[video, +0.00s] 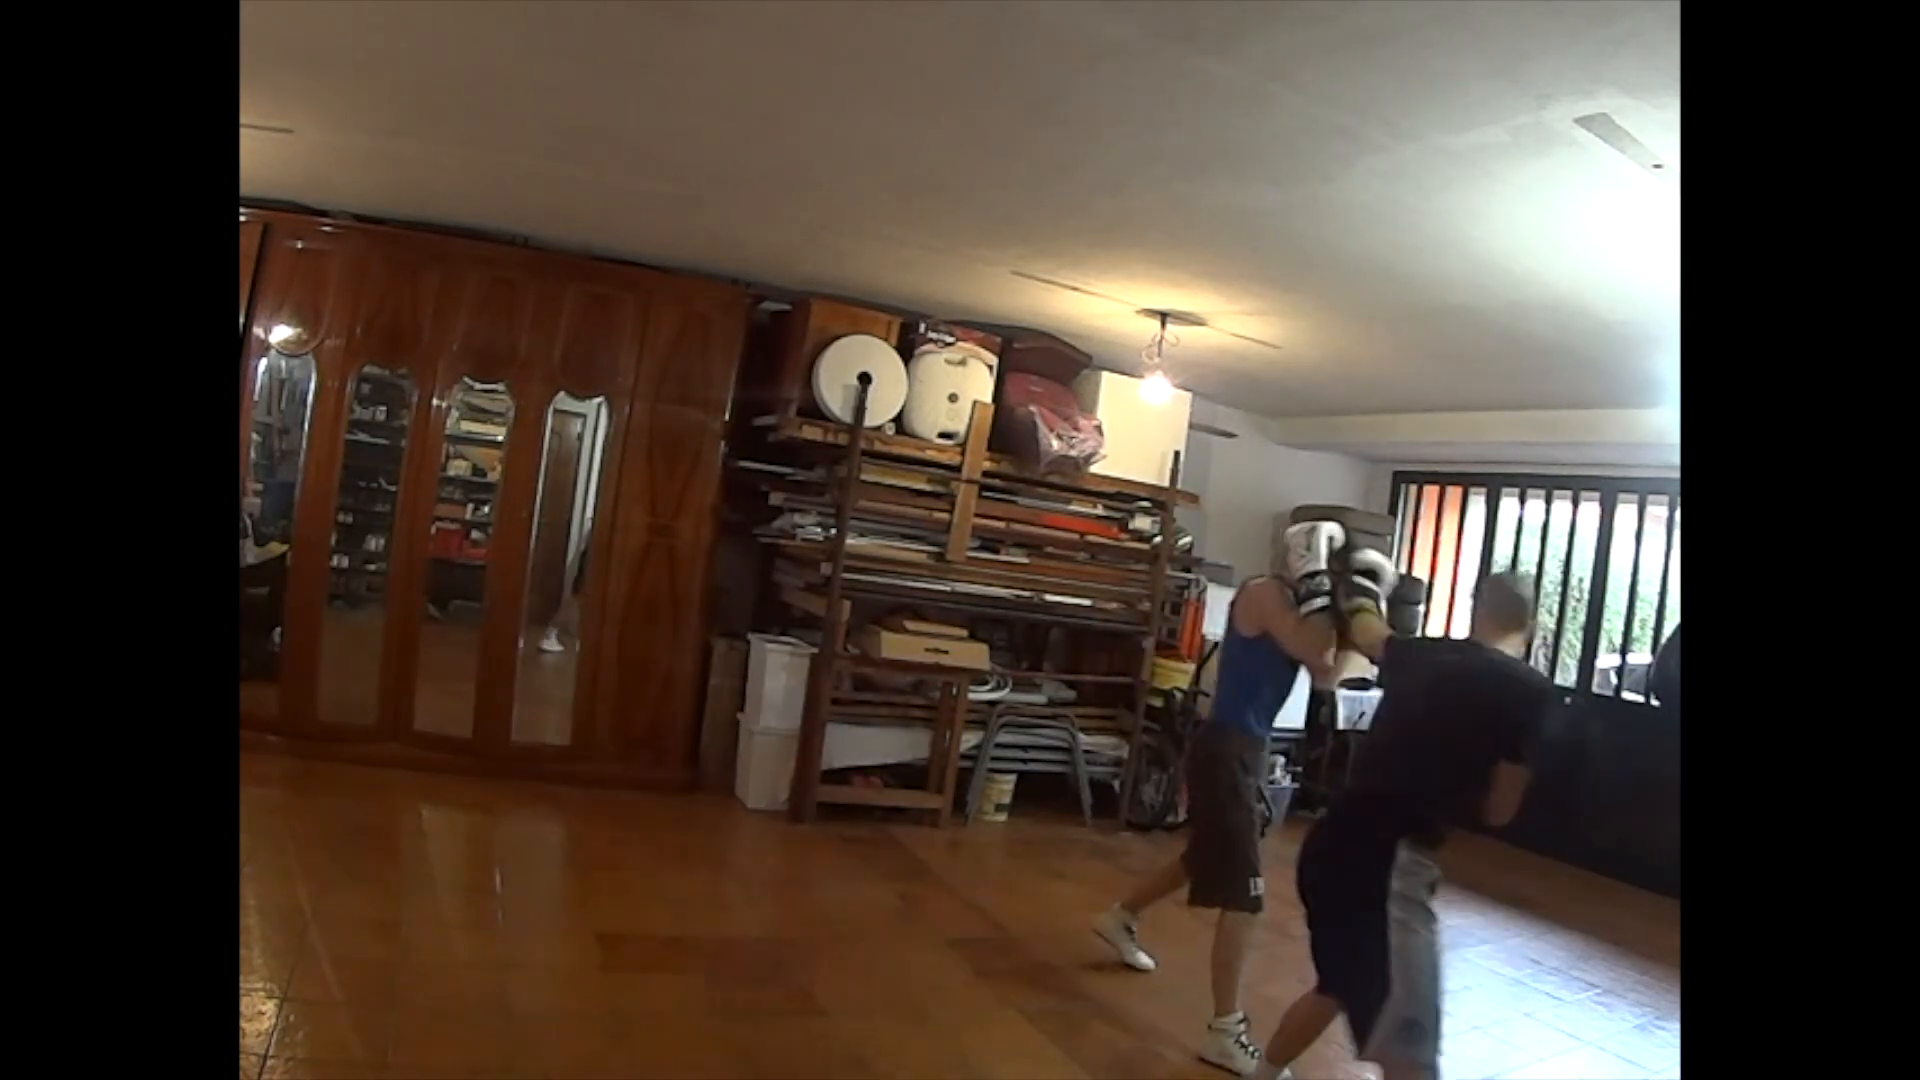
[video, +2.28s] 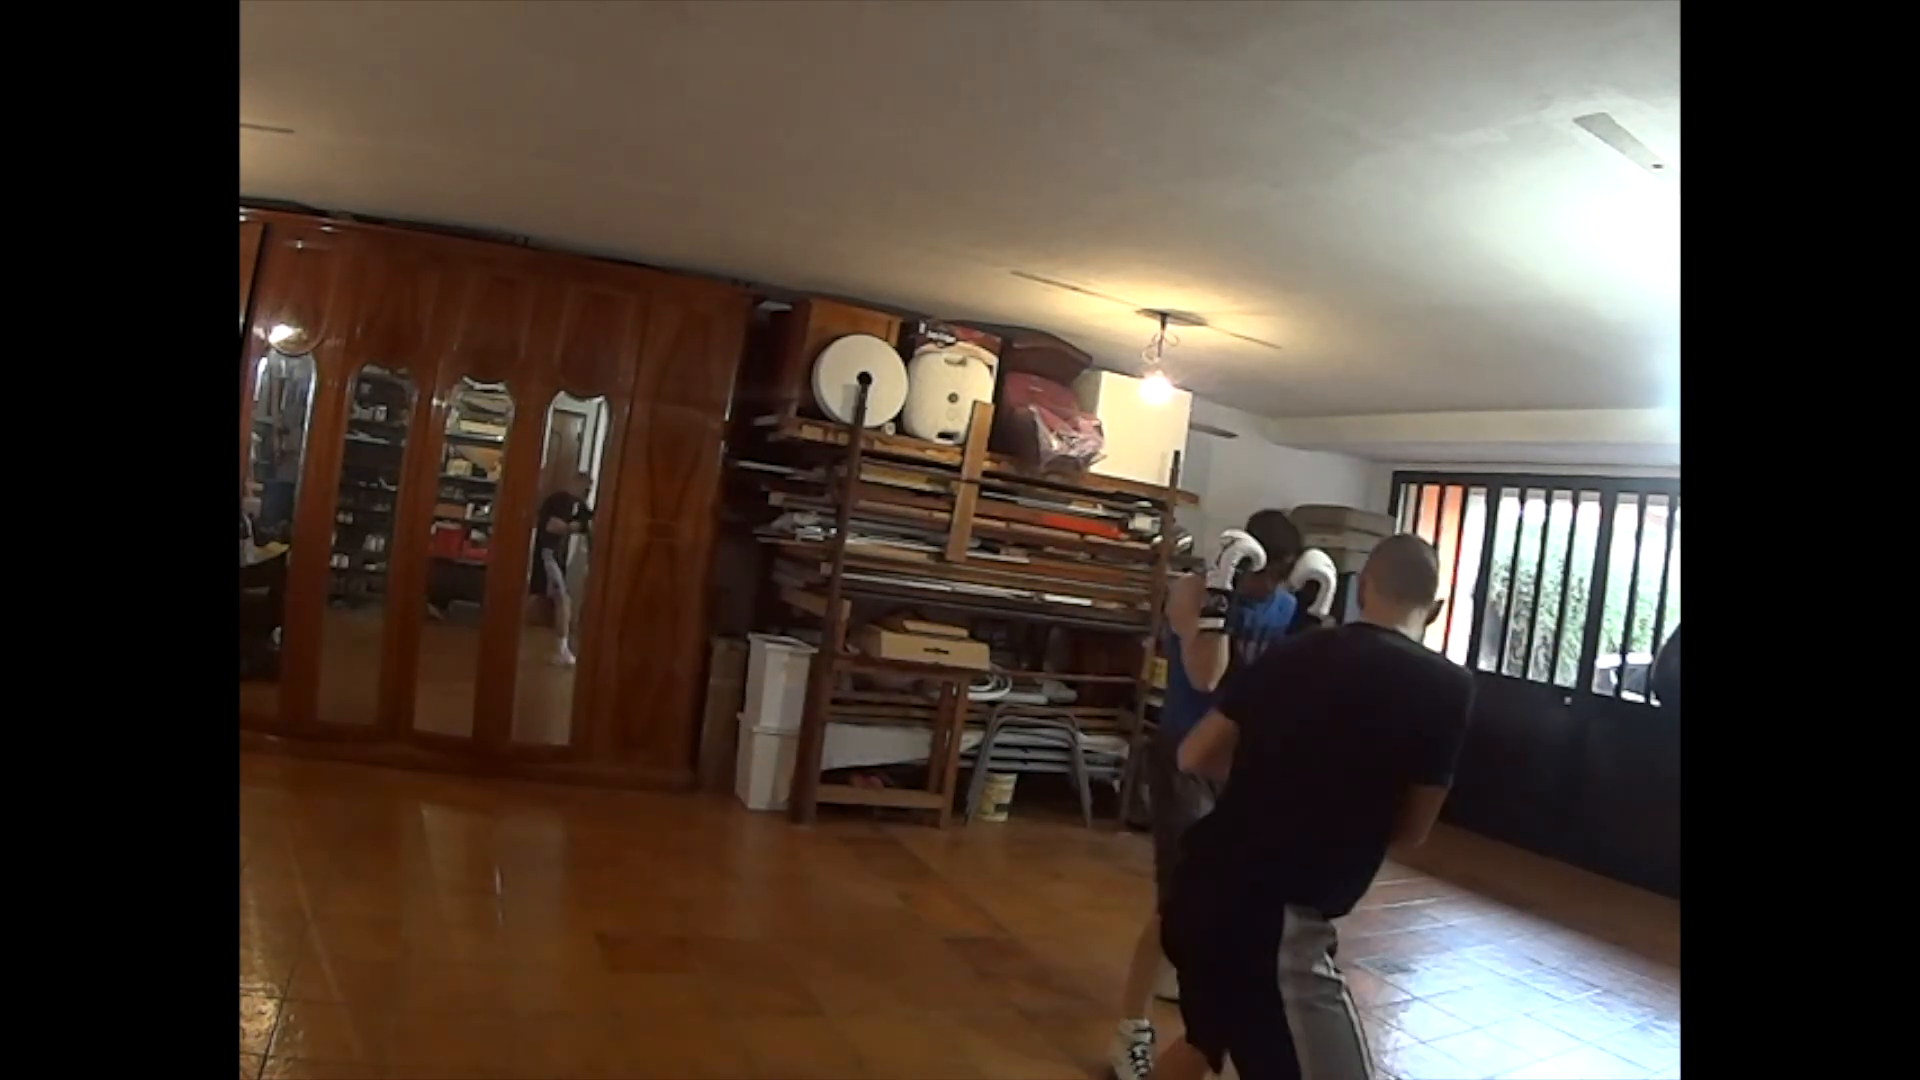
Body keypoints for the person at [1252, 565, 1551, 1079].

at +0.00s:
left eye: (1478, 608)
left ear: (1474, 612)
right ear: (1528, 630)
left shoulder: (1418, 653)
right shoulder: (1526, 688)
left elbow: (1366, 633)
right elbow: (1498, 810)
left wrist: (1357, 588)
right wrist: (1440, 774)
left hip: (1333, 843)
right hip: (1394, 864)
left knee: (1335, 986)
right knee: (1409, 1055)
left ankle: (1264, 1071)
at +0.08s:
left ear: (1460, 617)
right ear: (1518, 631)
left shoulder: (1413, 652)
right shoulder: (1514, 685)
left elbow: (1312, 664)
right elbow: (1487, 810)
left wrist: (1299, 595)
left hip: (1319, 839)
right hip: (1377, 858)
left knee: (1331, 986)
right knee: (1380, 1042)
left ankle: (1264, 1070)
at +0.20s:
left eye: (1437, 605)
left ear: (1436, 608)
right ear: (1494, 616)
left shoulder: (1386, 648)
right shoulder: (1495, 677)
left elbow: (1300, 714)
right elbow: (1469, 799)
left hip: (1298, 831)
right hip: (1354, 856)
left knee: (1306, 985)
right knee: (1326, 1037)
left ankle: (1262, 1068)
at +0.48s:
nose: (1388, 571)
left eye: (1388, 561)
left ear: (1388, 566)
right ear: (1450, 580)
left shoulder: (1330, 630)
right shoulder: (1458, 659)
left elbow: (1252, 715)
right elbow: (1439, 781)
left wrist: (1306, 732)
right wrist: (1382, 755)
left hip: (1270, 832)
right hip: (1337, 857)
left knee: (1262, 991)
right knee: (1305, 1022)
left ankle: (1250, 1069)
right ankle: (1284, 1069)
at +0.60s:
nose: (1361, 558)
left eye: (1359, 548)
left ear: (1361, 551)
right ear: (1424, 561)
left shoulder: (1312, 616)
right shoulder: (1443, 639)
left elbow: (1233, 713)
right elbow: (1421, 763)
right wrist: (1368, 731)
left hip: (1266, 814)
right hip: (1342, 834)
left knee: (1250, 980)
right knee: (1300, 998)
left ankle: (1188, 1069)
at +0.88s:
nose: (1330, 594)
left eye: (1330, 587)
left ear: (1335, 590)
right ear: (1396, 599)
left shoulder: (1283, 655)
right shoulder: (1422, 673)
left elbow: (1206, 751)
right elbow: (1394, 790)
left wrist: (1256, 734)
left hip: (1238, 853)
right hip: (1321, 873)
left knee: (1236, 996)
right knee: (1304, 1032)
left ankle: (1173, 1073)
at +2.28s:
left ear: (1361, 587)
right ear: (1433, 607)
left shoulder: (1295, 651)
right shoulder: (1445, 686)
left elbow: (1196, 754)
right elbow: (1409, 834)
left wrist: (1263, 781)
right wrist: (1342, 797)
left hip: (1207, 889)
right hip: (1286, 925)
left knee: (1201, 1041)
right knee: (1335, 1072)